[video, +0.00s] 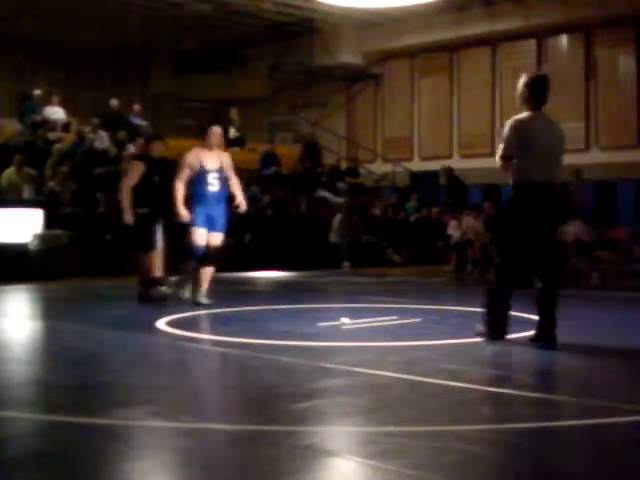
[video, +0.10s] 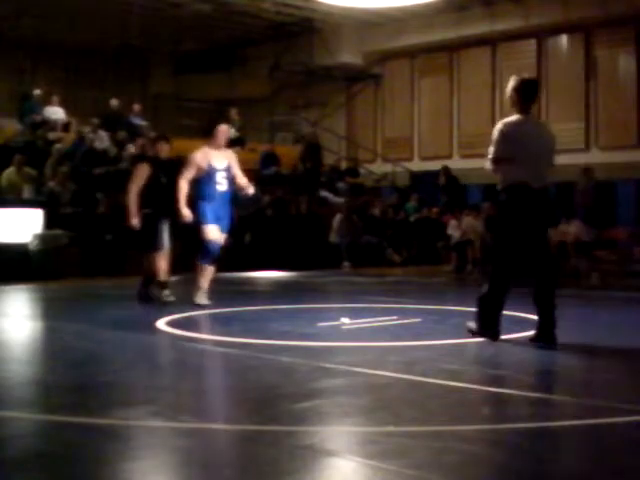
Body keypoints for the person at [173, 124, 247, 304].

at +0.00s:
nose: (216, 139)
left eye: (219, 135)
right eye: (213, 135)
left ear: (222, 138)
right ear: (206, 137)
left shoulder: (224, 157)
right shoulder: (194, 155)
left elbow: (232, 179)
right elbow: (181, 181)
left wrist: (239, 196)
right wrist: (180, 206)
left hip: (219, 206)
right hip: (199, 206)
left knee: (214, 249)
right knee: (198, 245)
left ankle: (203, 291)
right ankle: (189, 282)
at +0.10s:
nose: (224, 139)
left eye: (227, 136)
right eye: (222, 135)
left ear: (229, 137)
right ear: (214, 135)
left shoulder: (230, 155)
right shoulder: (200, 155)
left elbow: (238, 176)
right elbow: (184, 179)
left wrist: (246, 186)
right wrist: (183, 206)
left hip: (224, 203)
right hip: (206, 203)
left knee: (217, 245)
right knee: (213, 241)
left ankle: (204, 290)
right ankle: (201, 285)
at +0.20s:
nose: (231, 137)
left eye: (233, 133)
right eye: (228, 133)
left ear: (236, 136)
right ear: (220, 134)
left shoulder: (236, 156)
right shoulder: (207, 155)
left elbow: (246, 176)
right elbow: (190, 179)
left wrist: (256, 184)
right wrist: (188, 207)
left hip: (231, 204)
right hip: (213, 204)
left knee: (221, 244)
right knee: (221, 242)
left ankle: (207, 286)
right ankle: (222, 288)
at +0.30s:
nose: (239, 138)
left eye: (241, 134)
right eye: (235, 134)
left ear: (243, 136)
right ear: (227, 135)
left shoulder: (244, 159)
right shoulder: (215, 157)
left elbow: (256, 180)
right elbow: (198, 181)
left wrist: (267, 185)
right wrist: (198, 209)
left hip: (238, 206)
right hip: (221, 205)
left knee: (232, 247)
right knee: (233, 245)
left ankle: (209, 278)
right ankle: (238, 291)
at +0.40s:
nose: (246, 139)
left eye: (248, 135)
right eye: (243, 135)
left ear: (251, 137)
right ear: (235, 136)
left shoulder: (254, 158)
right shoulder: (223, 157)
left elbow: (264, 180)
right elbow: (208, 183)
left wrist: (276, 192)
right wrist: (211, 208)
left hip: (248, 205)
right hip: (231, 204)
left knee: (246, 246)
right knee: (243, 241)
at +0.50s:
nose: (255, 136)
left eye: (257, 133)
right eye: (252, 133)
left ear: (260, 135)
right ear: (244, 135)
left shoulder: (262, 155)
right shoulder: (232, 155)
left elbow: (271, 181)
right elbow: (220, 182)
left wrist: (279, 204)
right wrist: (225, 208)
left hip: (258, 203)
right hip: (241, 204)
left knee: (262, 245)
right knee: (248, 245)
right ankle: (243, 294)